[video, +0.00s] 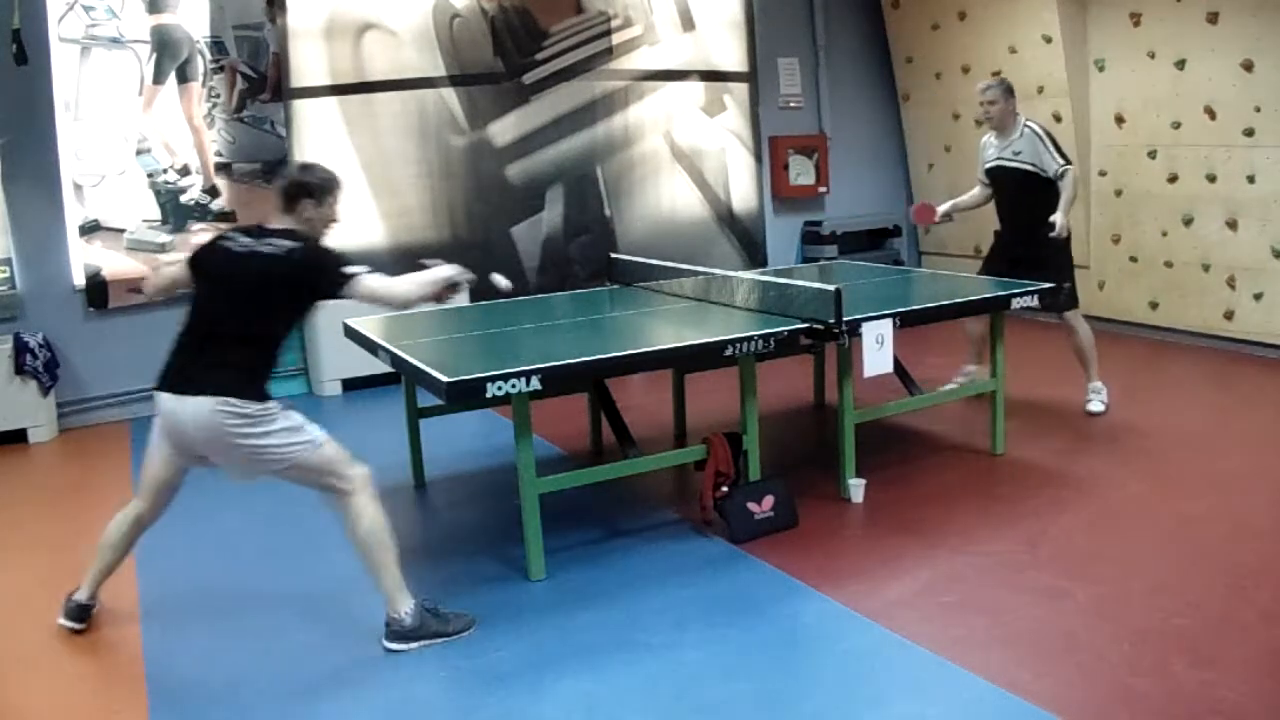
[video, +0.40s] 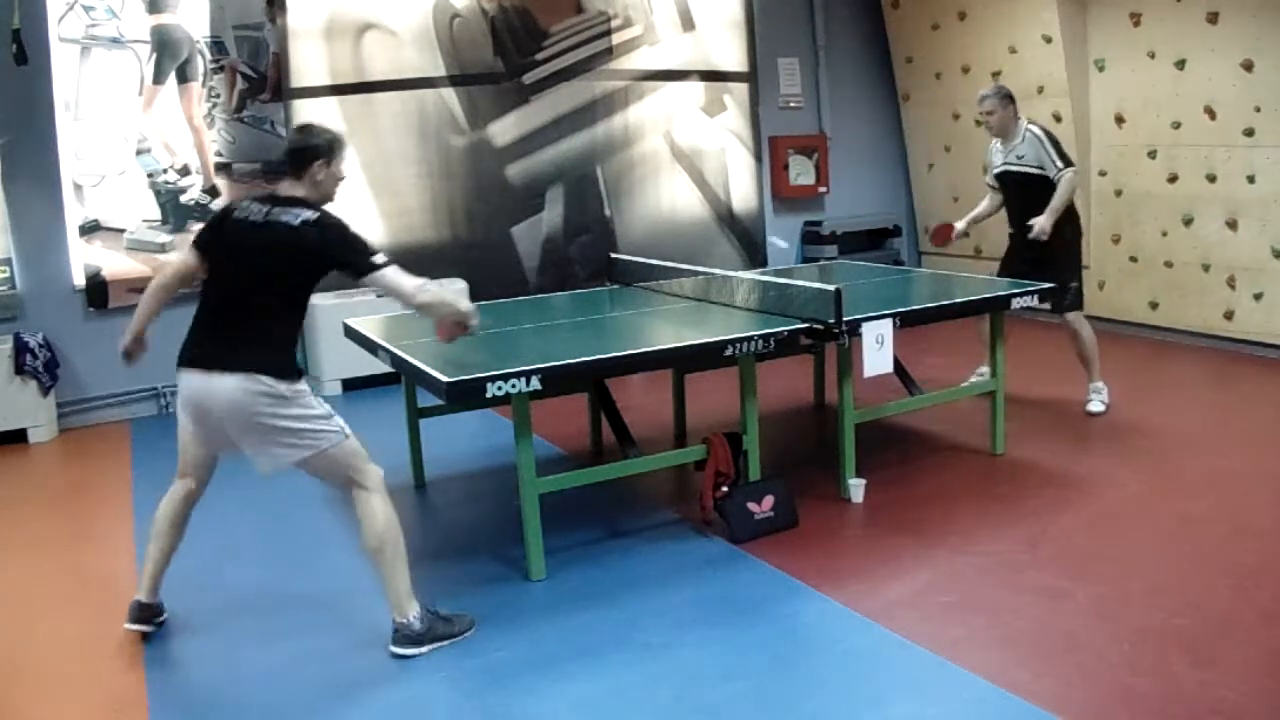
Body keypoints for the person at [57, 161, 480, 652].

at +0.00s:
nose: (335, 219)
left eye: (335, 210)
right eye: (330, 210)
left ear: (286, 203)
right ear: (307, 207)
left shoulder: (221, 248)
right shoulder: (309, 259)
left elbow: (153, 284)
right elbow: (396, 293)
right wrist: (441, 274)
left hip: (173, 400)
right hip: (232, 408)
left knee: (142, 506)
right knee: (352, 480)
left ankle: (81, 599)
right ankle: (404, 614)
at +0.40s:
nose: (340, 178)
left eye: (340, 169)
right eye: (338, 169)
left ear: (289, 167)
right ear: (318, 168)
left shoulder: (234, 215)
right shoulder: (324, 231)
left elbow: (173, 272)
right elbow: (410, 291)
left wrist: (135, 329)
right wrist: (452, 310)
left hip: (195, 379)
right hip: (262, 383)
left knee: (186, 482)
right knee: (365, 480)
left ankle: (144, 602)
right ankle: (409, 619)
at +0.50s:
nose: (305, 189)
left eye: (304, 178)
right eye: (300, 179)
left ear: (239, 178)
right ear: (278, 180)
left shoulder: (197, 235)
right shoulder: (286, 240)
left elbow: (144, 304)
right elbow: (354, 301)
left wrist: (123, 362)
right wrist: (407, 319)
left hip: (179, 397)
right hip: (248, 396)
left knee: (185, 487)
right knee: (353, 488)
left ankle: (160, 615)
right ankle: (409, 618)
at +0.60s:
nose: (274, 183)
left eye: (274, 173)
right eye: (269, 173)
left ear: (216, 173)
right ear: (241, 174)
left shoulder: (166, 225)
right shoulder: (239, 233)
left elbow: (121, 307)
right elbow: (301, 306)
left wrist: (105, 373)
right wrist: (358, 324)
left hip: (133, 385)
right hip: (193, 385)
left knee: (164, 486)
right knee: (293, 491)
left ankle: (155, 613)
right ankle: (376, 614)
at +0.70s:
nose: (250, 182)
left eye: (250, 172)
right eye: (245, 173)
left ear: (195, 172)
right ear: (219, 173)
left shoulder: (149, 215)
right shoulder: (210, 231)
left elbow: (117, 278)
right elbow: (270, 309)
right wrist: (323, 328)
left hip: (86, 376)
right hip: (142, 381)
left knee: (137, 472)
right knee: (255, 478)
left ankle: (141, 599)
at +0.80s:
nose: (225, 192)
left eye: (225, 181)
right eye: (219, 182)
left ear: (176, 186)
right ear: (191, 185)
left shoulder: (125, 226)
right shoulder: (178, 242)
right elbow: (235, 324)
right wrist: (294, 350)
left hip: (59, 385)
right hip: (108, 394)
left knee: (105, 458)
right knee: (217, 490)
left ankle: (84, 580)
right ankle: (202, 630)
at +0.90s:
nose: (191, 211)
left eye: (191, 201)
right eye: (186, 201)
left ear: (147, 202)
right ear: (160, 202)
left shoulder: (96, 244)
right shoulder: (143, 262)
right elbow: (190, 347)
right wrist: (249, 376)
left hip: (28, 398)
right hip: (76, 409)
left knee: (67, 487)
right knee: (188, 491)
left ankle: (28, 587)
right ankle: (200, 630)